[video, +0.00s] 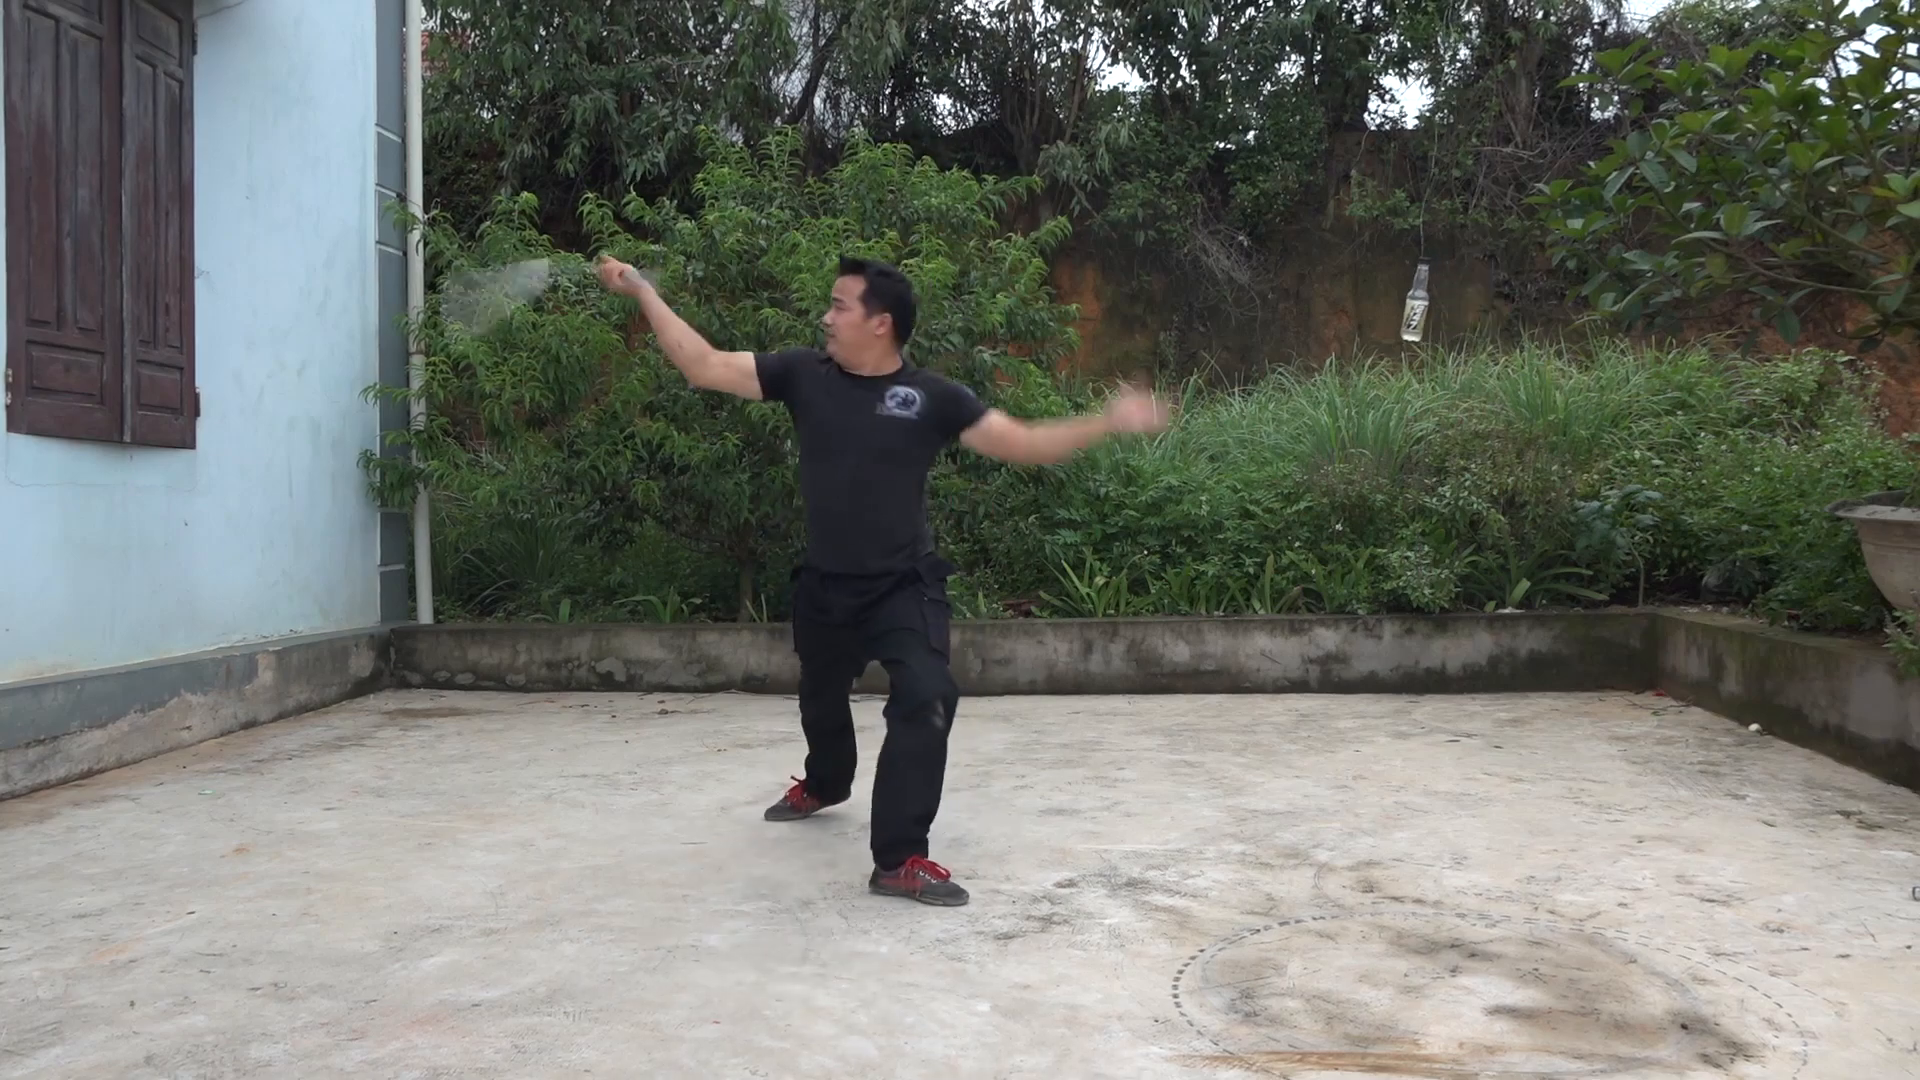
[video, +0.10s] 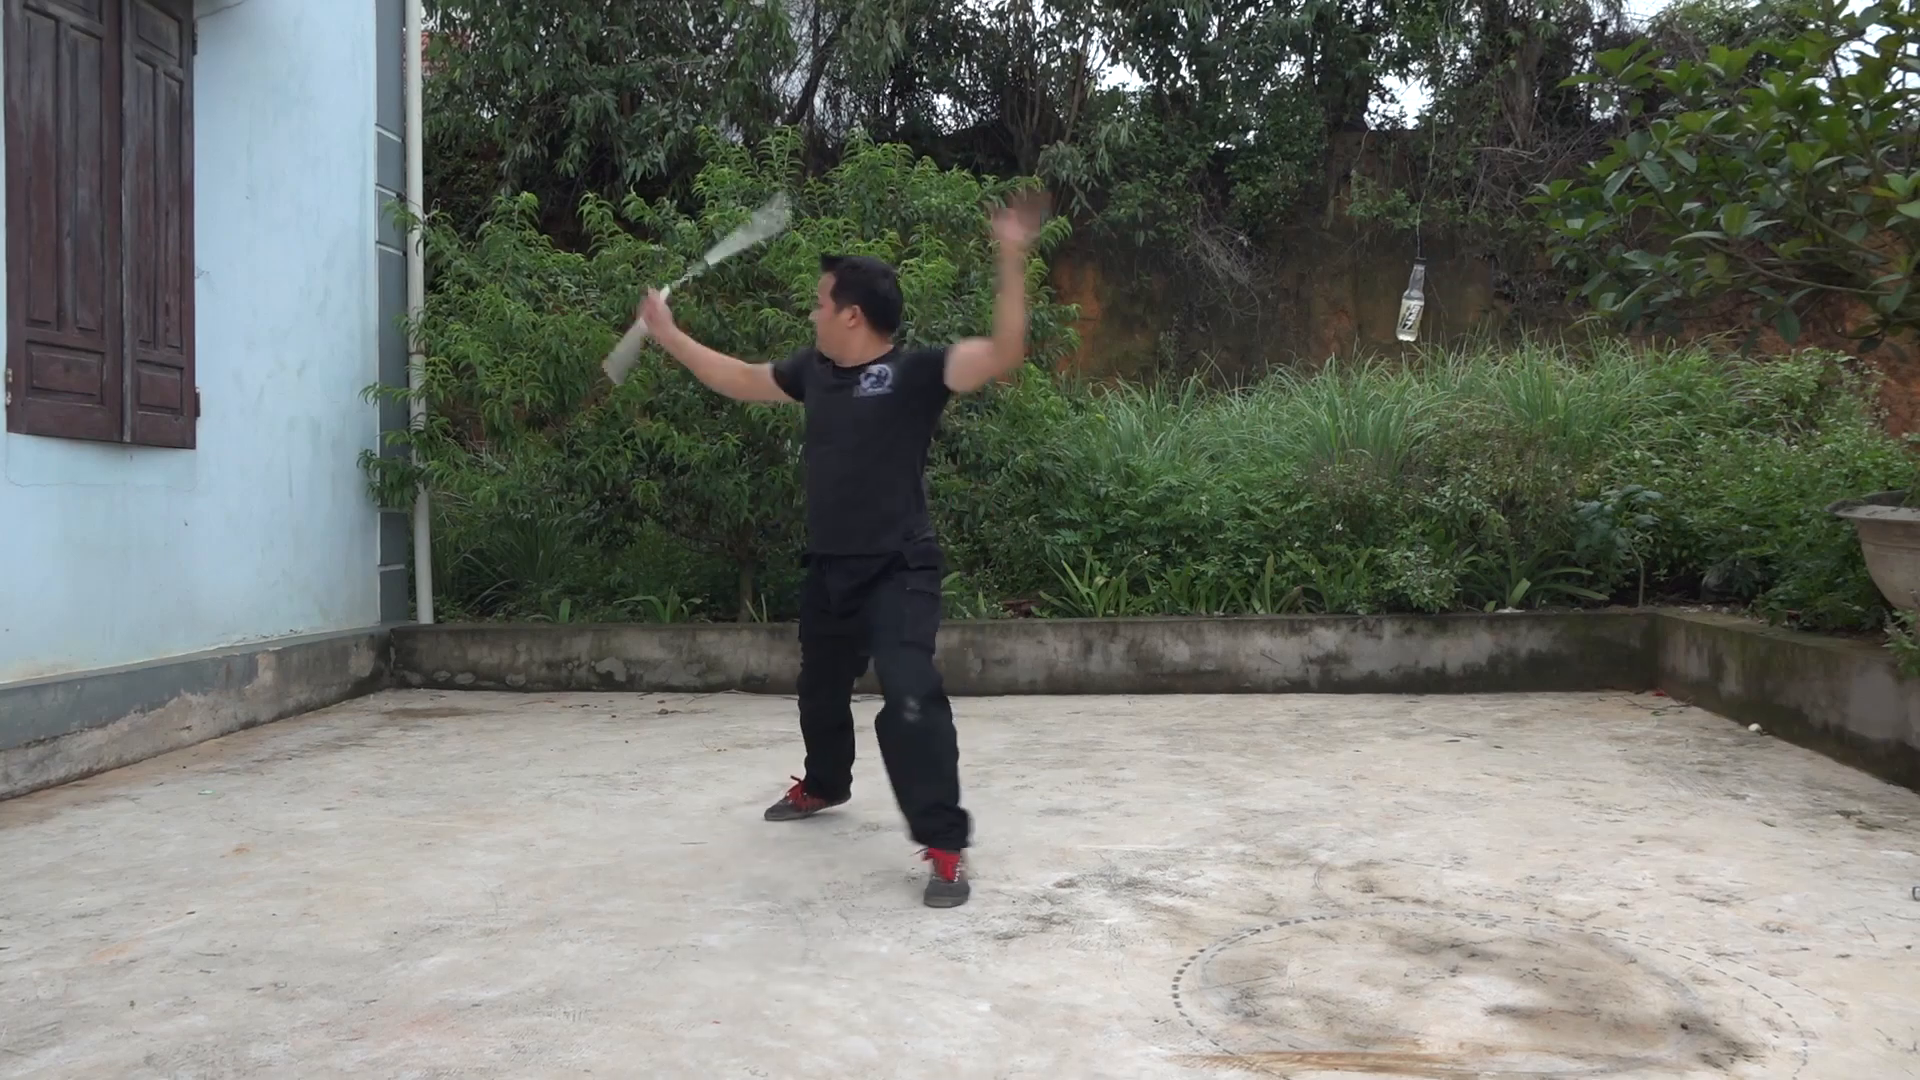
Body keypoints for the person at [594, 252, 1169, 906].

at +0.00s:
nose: (828, 316)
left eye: (841, 307)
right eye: (831, 304)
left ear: (883, 324)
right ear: (864, 321)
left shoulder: (931, 398)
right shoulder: (805, 375)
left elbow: (1023, 441)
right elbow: (705, 365)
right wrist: (644, 295)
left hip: (904, 587)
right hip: (825, 586)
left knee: (926, 699)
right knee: (820, 691)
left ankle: (899, 860)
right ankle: (826, 782)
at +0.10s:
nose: (813, 313)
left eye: (820, 303)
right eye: (815, 303)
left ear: (853, 314)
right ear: (849, 314)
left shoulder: (915, 371)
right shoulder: (814, 371)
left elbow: (1003, 352)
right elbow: (738, 380)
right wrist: (668, 335)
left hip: (901, 571)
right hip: (830, 571)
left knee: (910, 696)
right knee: (821, 690)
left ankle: (945, 848)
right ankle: (824, 784)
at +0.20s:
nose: (820, 333)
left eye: (831, 322)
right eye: (816, 321)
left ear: (867, 326)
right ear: (818, 330)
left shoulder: (895, 386)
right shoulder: (839, 388)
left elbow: (870, 319)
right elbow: (813, 404)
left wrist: (788, 273)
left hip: (905, 569)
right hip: (849, 573)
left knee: (905, 703)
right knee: (816, 688)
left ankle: (983, 849)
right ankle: (829, 788)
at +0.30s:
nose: (814, 357)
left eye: (817, 347)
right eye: (818, 346)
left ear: (832, 354)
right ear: (872, 355)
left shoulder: (878, 407)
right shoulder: (875, 404)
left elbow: (791, 414)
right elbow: (793, 410)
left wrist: (723, 403)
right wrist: (733, 404)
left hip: (904, 587)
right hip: (865, 591)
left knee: (901, 720)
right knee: (812, 692)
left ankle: (985, 855)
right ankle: (831, 792)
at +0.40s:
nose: (826, 364)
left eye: (828, 354)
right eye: (828, 353)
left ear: (843, 357)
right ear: (887, 357)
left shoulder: (851, 412)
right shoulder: (914, 406)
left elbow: (760, 464)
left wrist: (702, 481)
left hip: (890, 586)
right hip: (886, 585)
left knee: (902, 719)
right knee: (816, 685)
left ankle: (985, 855)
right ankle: (830, 792)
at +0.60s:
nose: (831, 359)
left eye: (838, 348)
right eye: (832, 349)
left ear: (874, 349)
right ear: (887, 354)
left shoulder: (856, 392)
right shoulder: (937, 406)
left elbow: (764, 396)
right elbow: (984, 432)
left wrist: (657, 391)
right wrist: (1002, 366)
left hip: (894, 571)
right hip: (910, 569)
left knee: (903, 717)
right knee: (848, 682)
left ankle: (985, 856)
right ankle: (835, 792)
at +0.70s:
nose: (828, 369)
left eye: (837, 357)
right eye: (828, 358)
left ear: (879, 358)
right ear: (885, 363)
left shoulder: (860, 400)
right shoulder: (944, 411)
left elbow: (776, 380)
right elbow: (1011, 454)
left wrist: (684, 336)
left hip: (913, 577)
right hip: (916, 577)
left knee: (901, 719)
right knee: (843, 675)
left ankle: (985, 856)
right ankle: (856, 791)